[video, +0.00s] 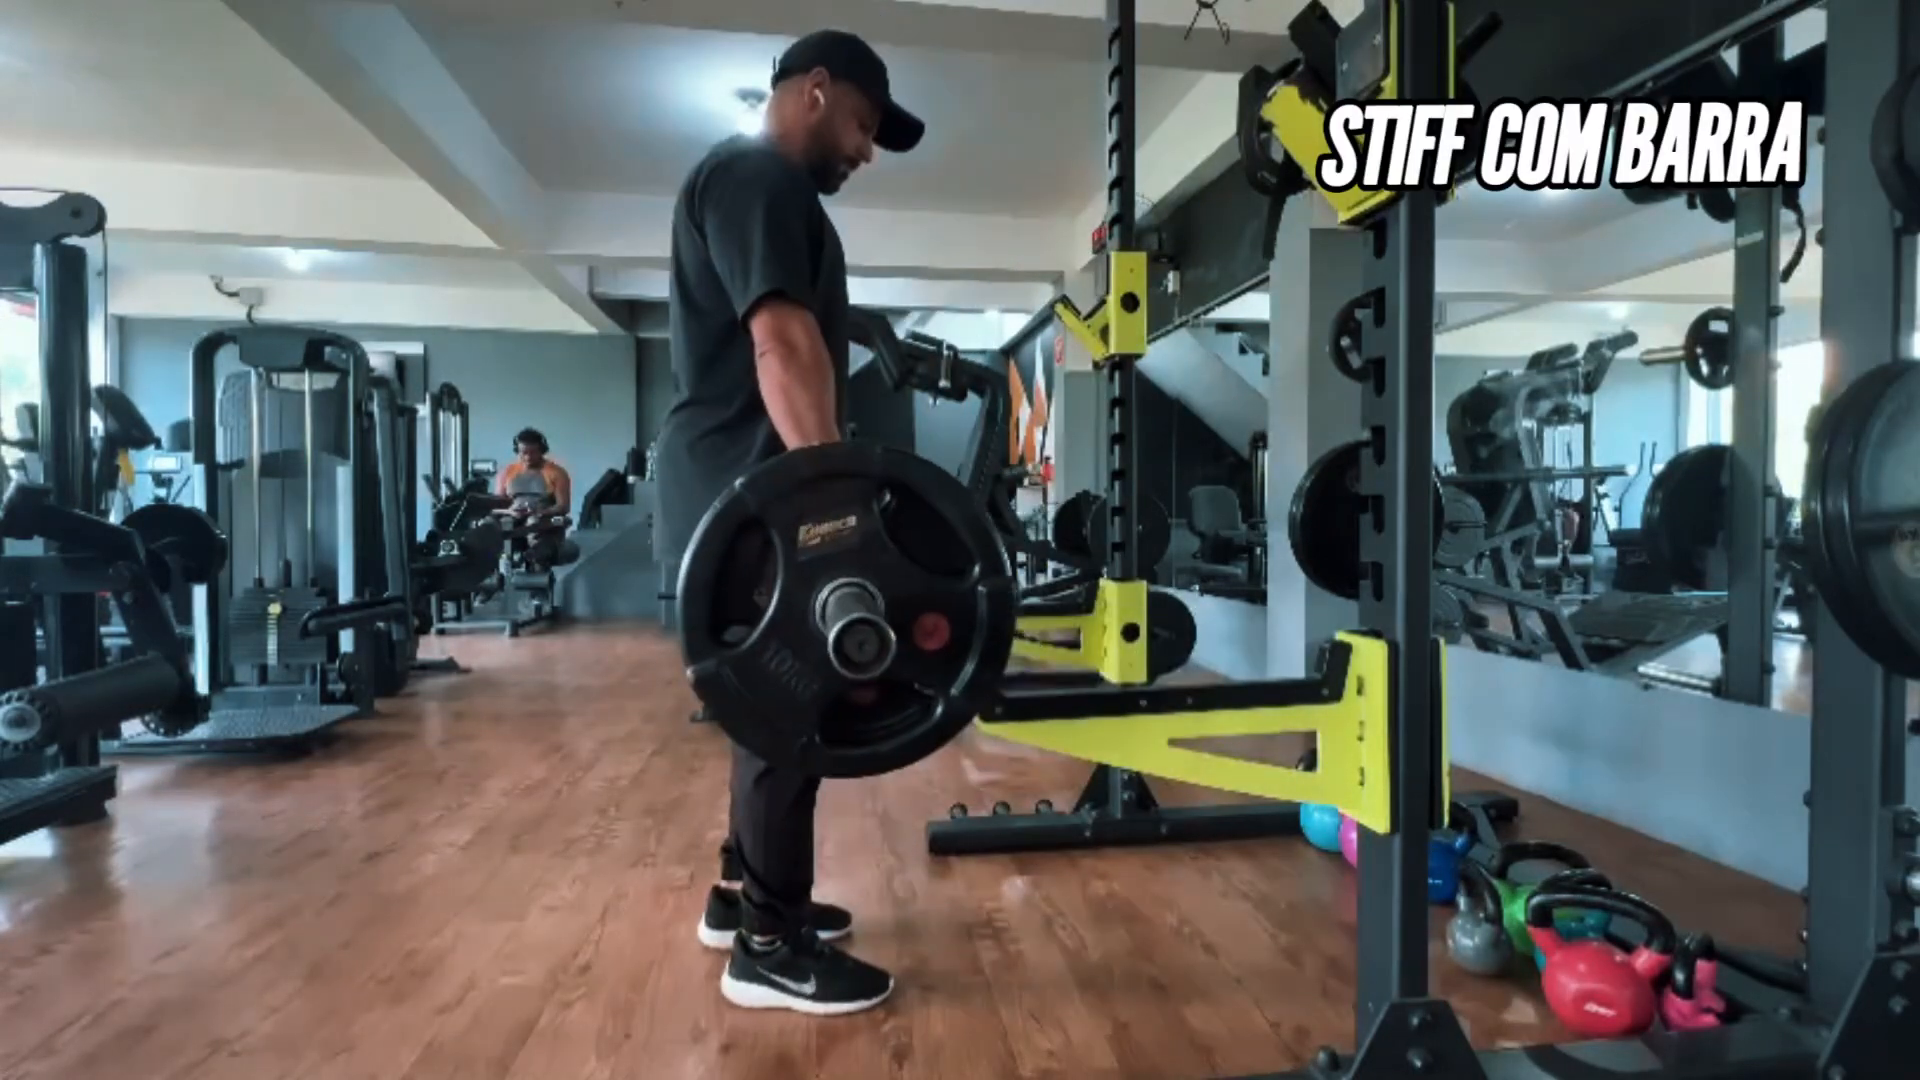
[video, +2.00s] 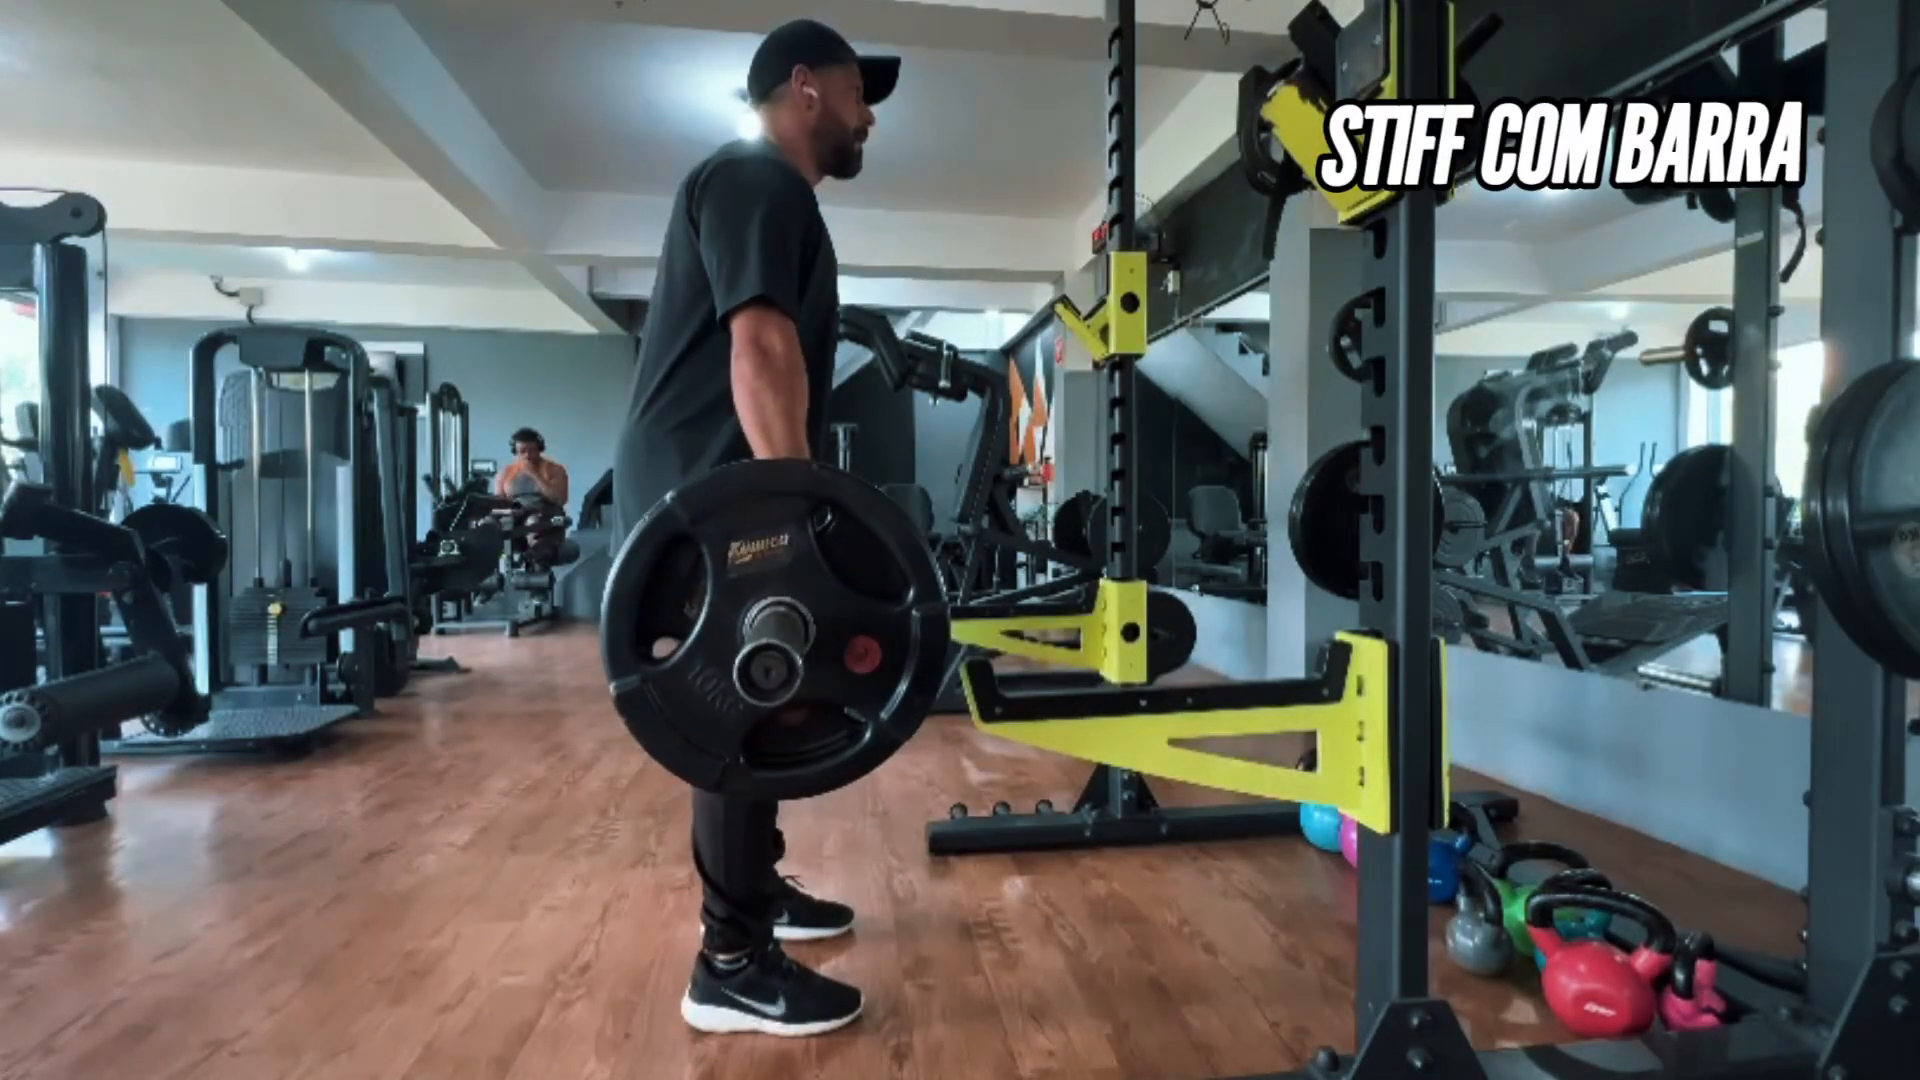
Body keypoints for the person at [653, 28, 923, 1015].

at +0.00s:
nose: (867, 151)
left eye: (873, 137)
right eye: (864, 127)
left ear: (808, 97)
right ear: (813, 92)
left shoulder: (764, 182)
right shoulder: (754, 171)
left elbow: (793, 342)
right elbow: (780, 337)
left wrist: (825, 493)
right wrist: (832, 504)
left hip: (739, 476)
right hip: (743, 479)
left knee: (776, 690)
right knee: (783, 693)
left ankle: (752, 891)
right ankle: (770, 946)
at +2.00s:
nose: (871, 116)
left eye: (871, 99)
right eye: (860, 93)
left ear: (797, 91)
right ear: (807, 85)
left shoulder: (766, 191)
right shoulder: (755, 177)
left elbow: (773, 361)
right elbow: (759, 347)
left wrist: (791, 505)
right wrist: (795, 511)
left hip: (719, 491)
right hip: (709, 494)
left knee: (755, 697)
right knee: (738, 709)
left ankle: (752, 880)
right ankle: (730, 959)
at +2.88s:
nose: (976, 270)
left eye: (980, 253)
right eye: (970, 248)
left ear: (913, 240)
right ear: (921, 235)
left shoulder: (848, 311)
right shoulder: (828, 289)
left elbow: (804, 473)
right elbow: (798, 470)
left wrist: (801, 639)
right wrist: (798, 648)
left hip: (641, 484)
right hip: (636, 481)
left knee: (715, 709)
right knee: (750, 708)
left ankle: (740, 952)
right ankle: (738, 972)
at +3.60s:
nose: (988, 404)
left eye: (996, 390)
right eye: (988, 382)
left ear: (939, 357)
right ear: (945, 357)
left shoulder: (844, 387)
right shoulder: (839, 387)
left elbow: (811, 573)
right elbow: (804, 579)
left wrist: (793, 741)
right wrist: (797, 758)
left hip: (597, 494)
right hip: (594, 496)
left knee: (726, 715)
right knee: (731, 716)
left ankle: (725, 924)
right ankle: (728, 930)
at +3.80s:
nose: (988, 420)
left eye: (997, 407)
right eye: (988, 399)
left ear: (940, 372)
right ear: (945, 373)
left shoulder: (844, 399)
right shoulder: (838, 400)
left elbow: (813, 585)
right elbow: (804, 590)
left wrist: (789, 753)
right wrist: (795, 773)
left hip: (589, 497)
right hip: (589, 501)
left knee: (726, 721)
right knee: (730, 724)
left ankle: (726, 936)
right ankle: (725, 943)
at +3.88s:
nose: (988, 418)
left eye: (997, 403)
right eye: (988, 396)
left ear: (940, 371)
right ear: (945, 371)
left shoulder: (846, 397)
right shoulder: (838, 398)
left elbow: (814, 578)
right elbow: (804, 585)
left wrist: (789, 749)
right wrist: (794, 770)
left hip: (593, 497)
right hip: (590, 501)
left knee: (731, 720)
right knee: (731, 724)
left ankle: (727, 934)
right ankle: (725, 941)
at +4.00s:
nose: (987, 391)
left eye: (994, 377)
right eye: (987, 370)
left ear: (938, 346)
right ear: (944, 346)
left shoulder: (843, 374)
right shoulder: (839, 375)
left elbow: (810, 556)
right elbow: (803, 562)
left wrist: (790, 726)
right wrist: (795, 743)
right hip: (600, 494)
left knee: (720, 717)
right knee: (734, 718)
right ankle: (737, 926)